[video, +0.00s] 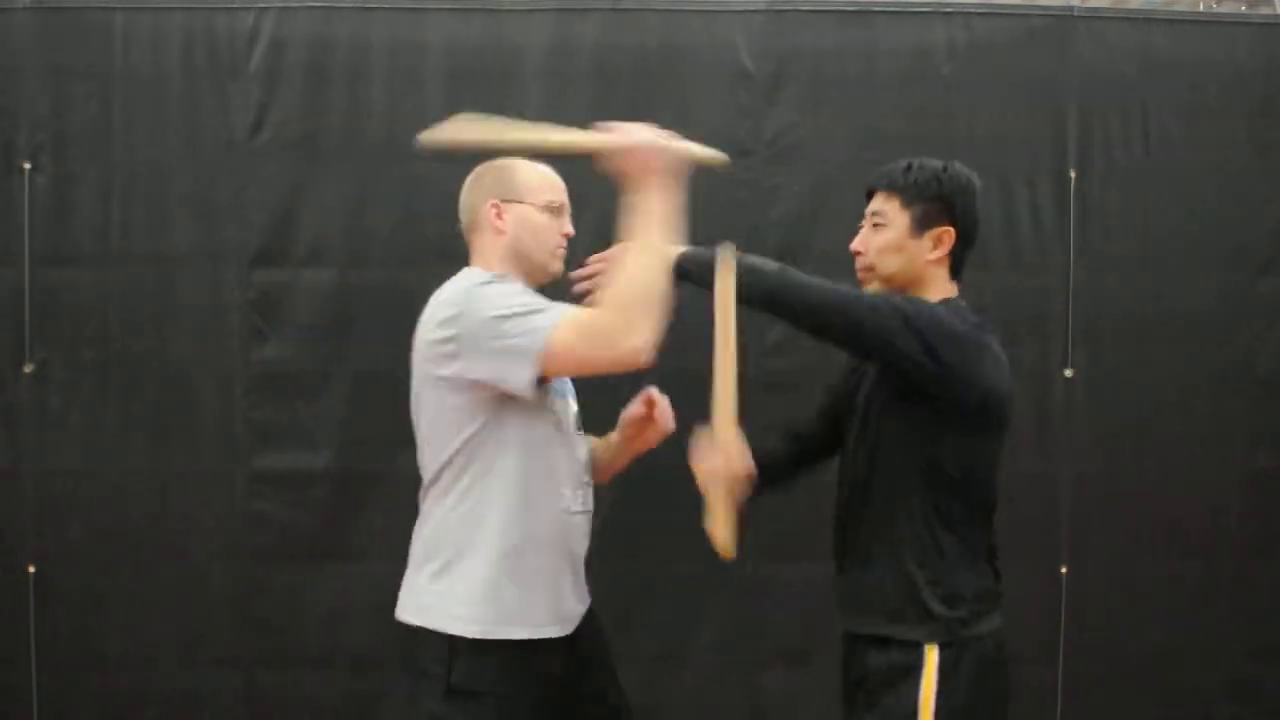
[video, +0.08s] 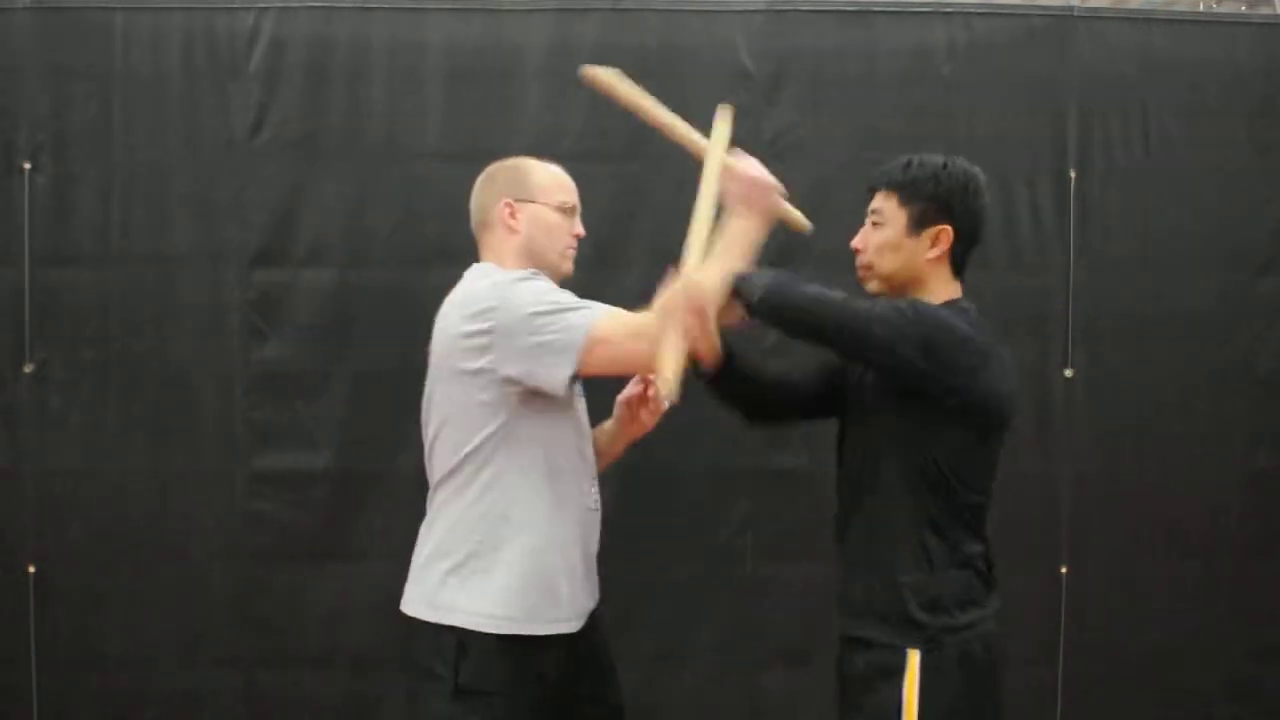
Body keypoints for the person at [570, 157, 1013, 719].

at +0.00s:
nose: (856, 242)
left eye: (878, 225)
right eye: (863, 225)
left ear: (938, 242)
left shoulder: (957, 344)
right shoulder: (892, 345)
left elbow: (817, 303)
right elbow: (824, 431)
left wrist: (667, 261)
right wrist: (749, 466)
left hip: (936, 651)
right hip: (883, 643)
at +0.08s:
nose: (856, 242)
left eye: (876, 225)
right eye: (864, 224)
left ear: (936, 241)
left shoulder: (956, 343)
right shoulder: (890, 348)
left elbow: (840, 318)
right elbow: (772, 396)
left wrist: (739, 285)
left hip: (929, 646)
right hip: (879, 641)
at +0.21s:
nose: (858, 246)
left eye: (875, 228)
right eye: (866, 227)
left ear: (929, 246)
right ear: (927, 247)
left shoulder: (937, 349)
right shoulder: (939, 340)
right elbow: (799, 397)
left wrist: (804, 310)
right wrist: (762, 291)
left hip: (906, 649)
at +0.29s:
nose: (860, 248)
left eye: (874, 231)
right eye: (867, 230)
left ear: (922, 250)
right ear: (927, 252)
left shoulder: (905, 362)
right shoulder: (984, 351)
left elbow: (752, 435)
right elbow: (829, 397)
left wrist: (777, 349)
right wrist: (803, 300)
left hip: (889, 653)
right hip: (961, 639)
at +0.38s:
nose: (857, 248)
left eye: (870, 233)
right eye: (865, 231)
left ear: (915, 249)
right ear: (922, 249)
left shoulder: (881, 366)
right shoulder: (995, 363)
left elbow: (748, 467)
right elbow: (871, 431)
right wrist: (850, 312)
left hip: (885, 658)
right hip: (972, 644)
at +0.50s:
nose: (850, 249)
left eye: (863, 233)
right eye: (857, 231)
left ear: (909, 249)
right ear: (917, 250)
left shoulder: (874, 370)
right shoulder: (994, 365)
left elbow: (754, 479)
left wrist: (690, 444)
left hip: (890, 657)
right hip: (975, 646)